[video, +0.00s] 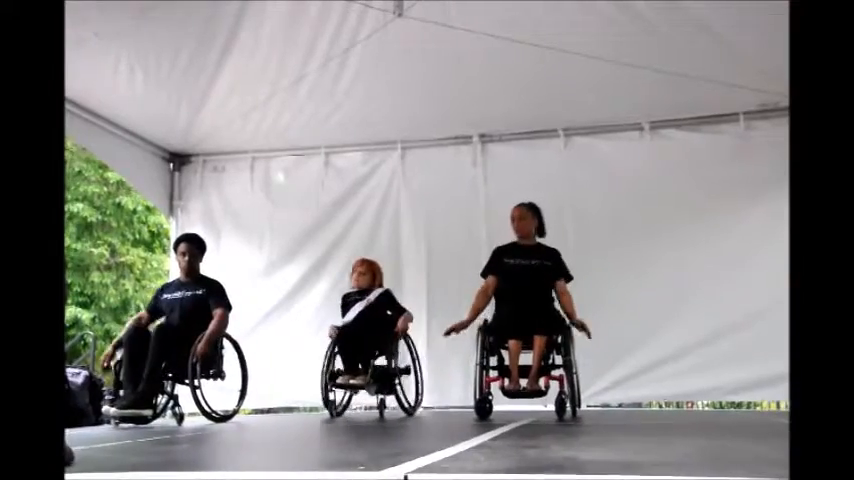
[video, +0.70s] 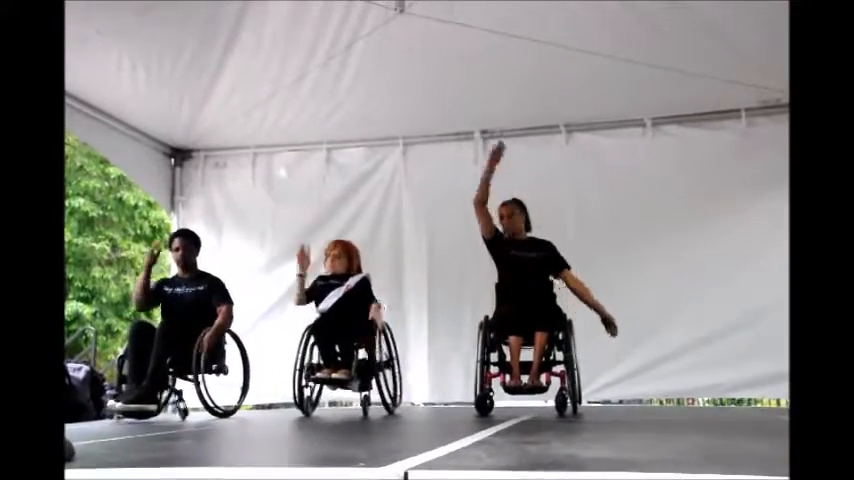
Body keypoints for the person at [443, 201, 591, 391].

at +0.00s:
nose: (516, 224)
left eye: (521, 219)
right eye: (513, 220)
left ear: (535, 222)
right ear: (510, 223)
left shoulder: (550, 254)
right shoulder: (501, 253)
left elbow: (561, 290)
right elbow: (487, 289)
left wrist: (573, 318)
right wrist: (469, 319)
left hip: (540, 311)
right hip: (510, 310)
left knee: (544, 321)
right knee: (513, 323)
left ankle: (534, 378)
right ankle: (514, 378)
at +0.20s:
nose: (518, 223)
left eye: (524, 218)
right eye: (515, 219)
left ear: (537, 221)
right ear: (511, 223)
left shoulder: (551, 253)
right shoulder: (502, 252)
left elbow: (560, 289)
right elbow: (496, 280)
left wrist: (569, 320)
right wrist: (496, 302)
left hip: (542, 305)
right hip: (514, 306)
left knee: (543, 319)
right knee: (513, 320)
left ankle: (534, 377)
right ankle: (514, 377)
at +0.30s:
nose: (517, 223)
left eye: (522, 218)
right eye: (513, 219)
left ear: (535, 221)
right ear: (510, 223)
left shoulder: (550, 253)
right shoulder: (502, 252)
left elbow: (561, 290)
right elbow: (495, 273)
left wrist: (573, 321)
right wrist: (500, 282)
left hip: (543, 305)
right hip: (516, 305)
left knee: (542, 319)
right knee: (514, 318)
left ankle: (534, 376)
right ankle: (514, 376)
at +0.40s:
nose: (514, 223)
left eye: (519, 217)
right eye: (510, 219)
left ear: (532, 221)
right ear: (507, 223)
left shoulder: (549, 252)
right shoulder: (501, 250)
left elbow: (562, 290)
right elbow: (492, 264)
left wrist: (579, 324)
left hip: (541, 306)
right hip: (512, 307)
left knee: (543, 319)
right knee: (515, 320)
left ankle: (534, 376)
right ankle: (514, 376)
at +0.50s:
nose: (509, 222)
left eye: (513, 217)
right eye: (506, 218)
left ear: (526, 220)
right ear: (505, 224)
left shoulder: (546, 250)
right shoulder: (501, 250)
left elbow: (564, 288)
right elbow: (491, 230)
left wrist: (588, 325)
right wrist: (523, 212)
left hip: (541, 306)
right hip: (511, 306)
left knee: (543, 318)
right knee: (515, 319)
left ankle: (534, 377)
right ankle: (514, 377)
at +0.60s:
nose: (508, 221)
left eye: (513, 215)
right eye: (504, 218)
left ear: (526, 219)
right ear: (501, 224)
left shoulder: (544, 249)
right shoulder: (500, 247)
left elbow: (566, 286)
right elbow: (486, 213)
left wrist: (592, 323)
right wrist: (514, 187)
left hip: (541, 304)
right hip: (512, 304)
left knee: (544, 316)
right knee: (514, 317)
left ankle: (534, 375)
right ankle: (514, 376)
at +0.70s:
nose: (506, 222)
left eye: (511, 216)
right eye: (502, 218)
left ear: (524, 218)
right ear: (500, 223)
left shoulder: (544, 248)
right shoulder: (499, 245)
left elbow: (571, 281)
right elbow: (479, 205)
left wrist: (600, 311)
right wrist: (489, 168)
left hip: (541, 301)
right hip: (510, 301)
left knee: (546, 315)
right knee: (514, 316)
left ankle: (534, 375)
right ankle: (515, 375)